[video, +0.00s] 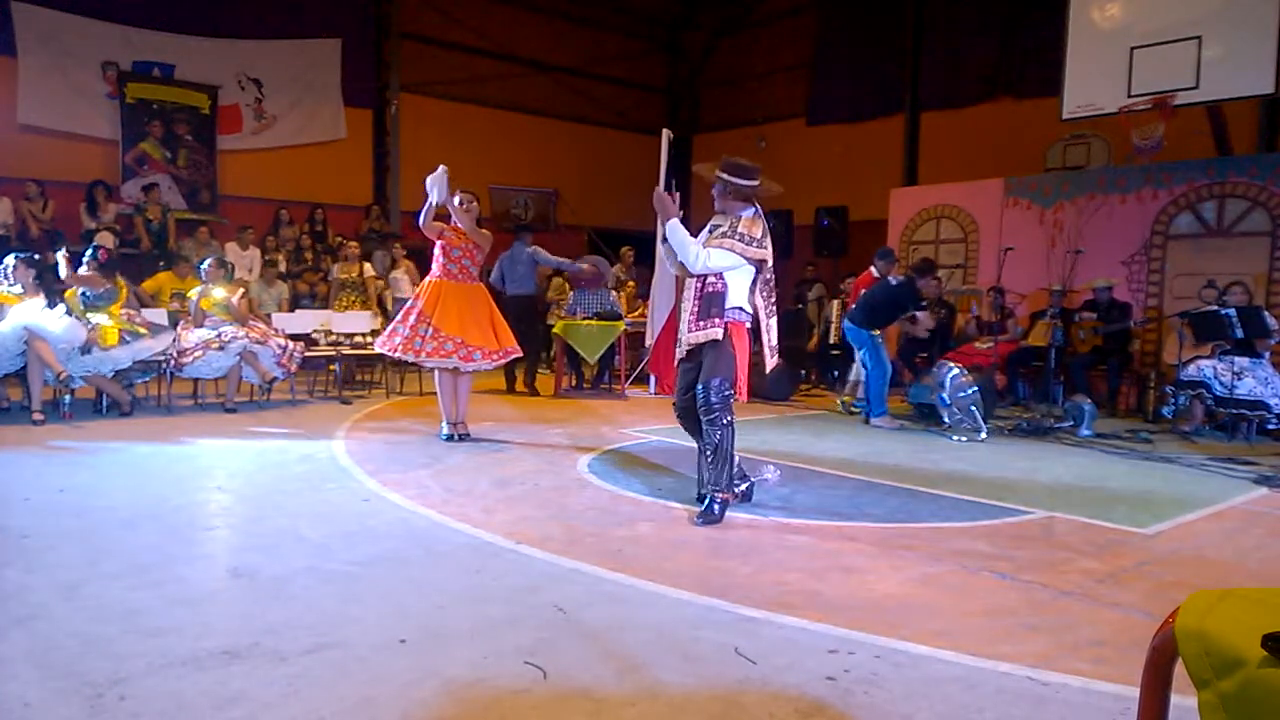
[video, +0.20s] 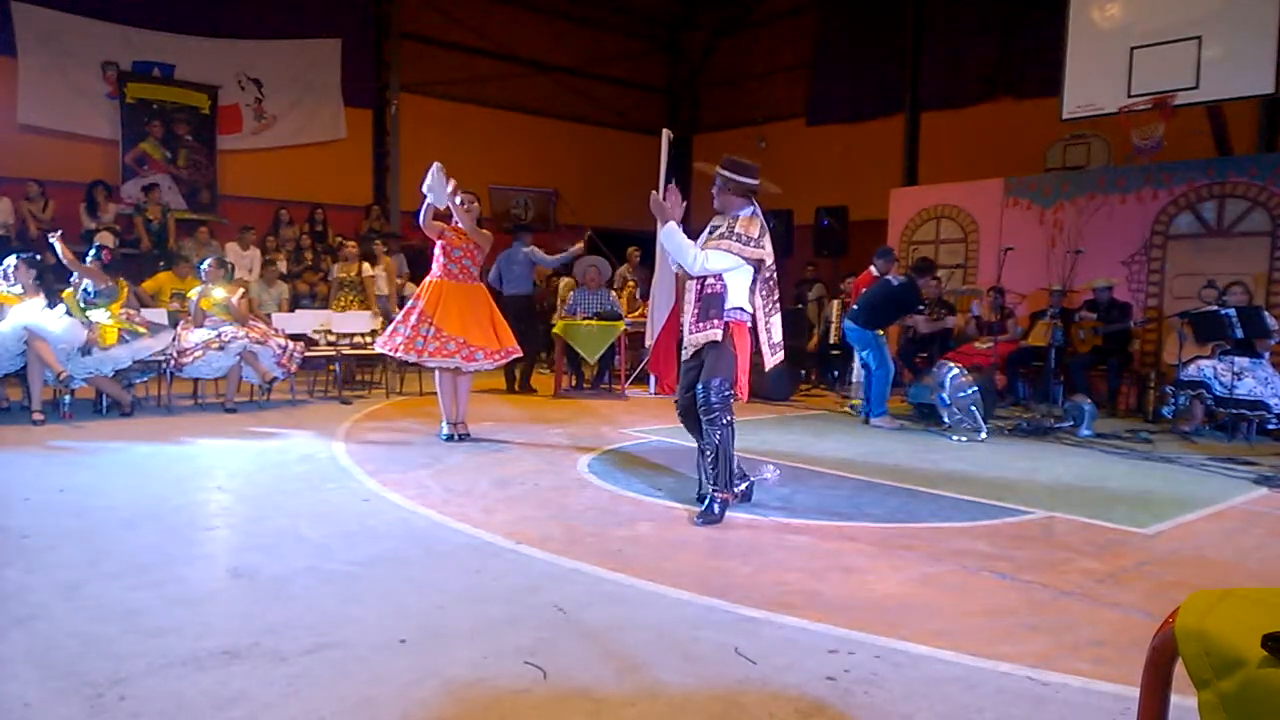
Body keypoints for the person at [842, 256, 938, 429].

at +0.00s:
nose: (933, 285)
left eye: (934, 280)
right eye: (932, 280)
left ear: (916, 273)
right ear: (925, 278)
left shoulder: (901, 282)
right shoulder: (911, 291)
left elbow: (893, 316)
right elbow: (926, 321)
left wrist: (912, 329)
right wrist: (934, 321)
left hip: (855, 323)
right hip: (863, 328)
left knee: (874, 368)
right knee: (882, 368)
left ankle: (872, 411)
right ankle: (879, 414)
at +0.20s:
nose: (931, 282)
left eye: (932, 278)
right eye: (931, 278)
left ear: (913, 270)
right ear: (926, 277)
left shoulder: (898, 280)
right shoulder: (912, 291)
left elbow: (894, 316)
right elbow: (923, 328)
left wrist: (917, 320)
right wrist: (946, 323)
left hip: (852, 323)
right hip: (864, 328)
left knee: (872, 369)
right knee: (885, 368)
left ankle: (870, 410)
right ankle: (878, 414)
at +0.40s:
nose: (929, 283)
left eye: (931, 279)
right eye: (930, 279)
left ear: (912, 271)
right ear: (925, 278)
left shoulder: (895, 279)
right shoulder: (911, 291)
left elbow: (891, 315)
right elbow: (922, 327)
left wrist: (913, 320)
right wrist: (942, 323)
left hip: (852, 322)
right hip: (864, 328)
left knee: (871, 368)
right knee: (883, 368)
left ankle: (871, 410)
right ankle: (879, 414)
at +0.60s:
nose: (929, 284)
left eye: (930, 279)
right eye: (929, 279)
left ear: (911, 271)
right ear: (924, 277)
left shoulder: (893, 280)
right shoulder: (911, 290)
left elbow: (892, 320)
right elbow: (922, 327)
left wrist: (913, 325)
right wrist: (933, 326)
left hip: (852, 323)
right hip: (864, 328)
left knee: (872, 368)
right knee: (883, 368)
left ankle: (871, 411)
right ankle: (879, 414)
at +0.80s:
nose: (928, 283)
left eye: (929, 278)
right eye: (928, 278)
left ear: (911, 271)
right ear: (920, 275)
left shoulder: (894, 281)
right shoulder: (907, 289)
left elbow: (899, 325)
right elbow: (910, 326)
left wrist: (920, 337)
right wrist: (928, 338)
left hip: (853, 323)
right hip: (863, 328)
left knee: (872, 367)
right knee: (882, 368)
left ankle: (871, 411)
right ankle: (879, 414)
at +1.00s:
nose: (930, 284)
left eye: (931, 280)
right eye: (929, 279)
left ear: (915, 275)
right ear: (920, 277)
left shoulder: (896, 283)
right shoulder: (906, 289)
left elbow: (884, 324)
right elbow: (900, 329)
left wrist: (902, 344)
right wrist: (915, 351)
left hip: (853, 323)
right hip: (860, 327)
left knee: (872, 366)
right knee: (880, 367)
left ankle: (871, 410)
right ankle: (878, 414)